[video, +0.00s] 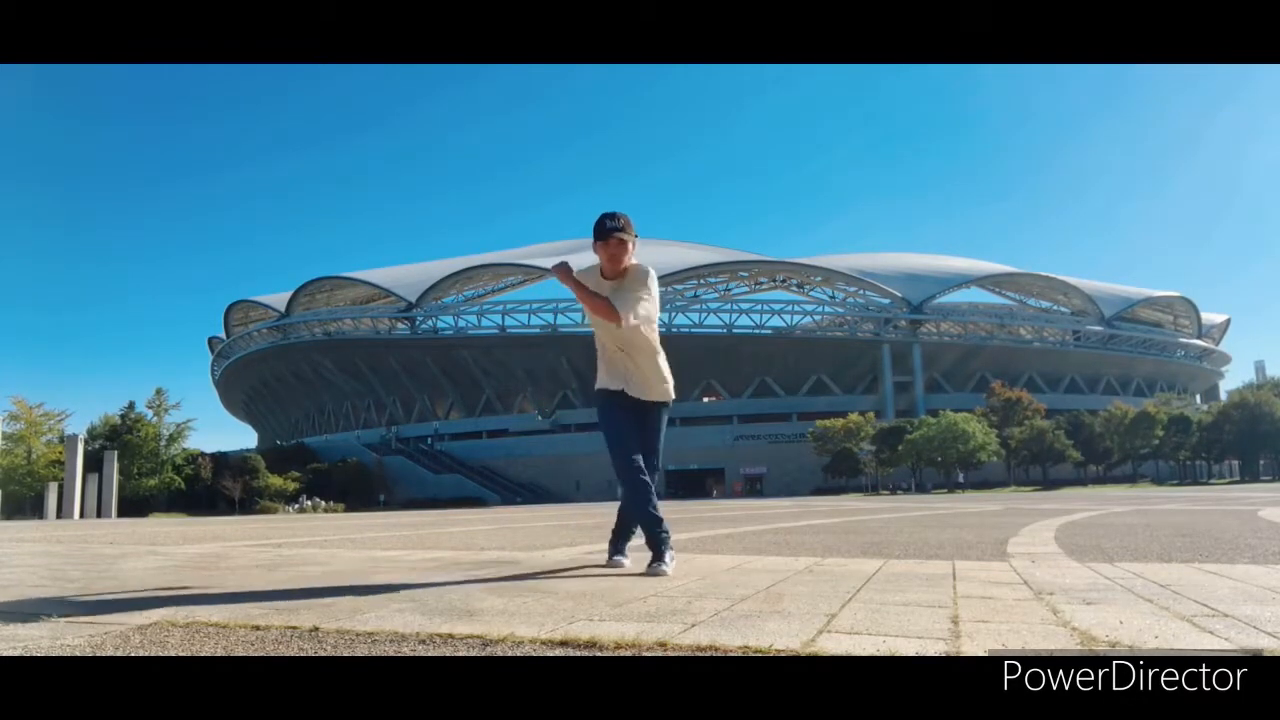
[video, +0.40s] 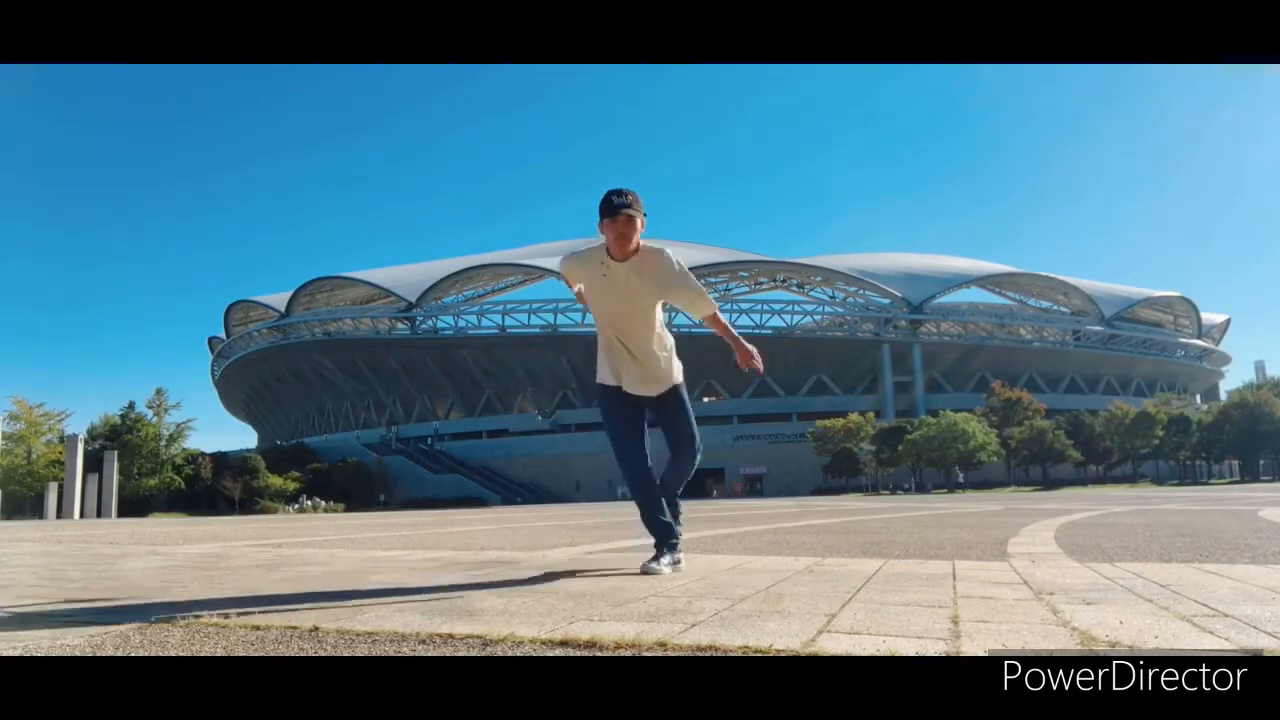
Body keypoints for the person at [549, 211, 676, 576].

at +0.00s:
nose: (615, 251)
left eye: (622, 244)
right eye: (608, 244)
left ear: (633, 246)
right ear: (596, 246)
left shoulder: (644, 277)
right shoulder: (587, 279)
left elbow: (618, 316)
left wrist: (570, 281)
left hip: (652, 385)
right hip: (611, 384)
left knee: (647, 469)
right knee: (629, 465)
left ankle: (619, 543)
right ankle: (661, 544)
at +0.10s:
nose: (615, 248)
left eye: (621, 241)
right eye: (607, 241)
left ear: (632, 242)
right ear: (595, 243)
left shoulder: (645, 272)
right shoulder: (589, 274)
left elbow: (621, 314)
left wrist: (575, 281)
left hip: (654, 383)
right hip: (612, 381)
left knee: (645, 470)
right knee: (630, 464)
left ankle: (621, 544)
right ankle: (661, 543)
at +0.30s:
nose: (617, 241)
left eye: (624, 232)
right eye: (609, 233)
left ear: (634, 231)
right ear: (595, 232)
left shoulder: (650, 261)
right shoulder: (580, 270)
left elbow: (666, 315)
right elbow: (603, 313)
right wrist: (620, 354)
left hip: (661, 377)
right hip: (616, 379)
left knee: (658, 471)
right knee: (636, 467)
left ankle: (627, 543)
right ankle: (668, 547)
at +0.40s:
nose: (624, 232)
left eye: (631, 224)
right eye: (615, 225)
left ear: (642, 225)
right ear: (601, 227)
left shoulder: (661, 263)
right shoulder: (584, 262)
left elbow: (703, 306)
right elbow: (567, 272)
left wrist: (739, 344)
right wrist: (582, 295)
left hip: (661, 369)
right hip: (614, 373)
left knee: (688, 450)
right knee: (634, 465)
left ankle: (667, 497)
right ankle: (667, 547)